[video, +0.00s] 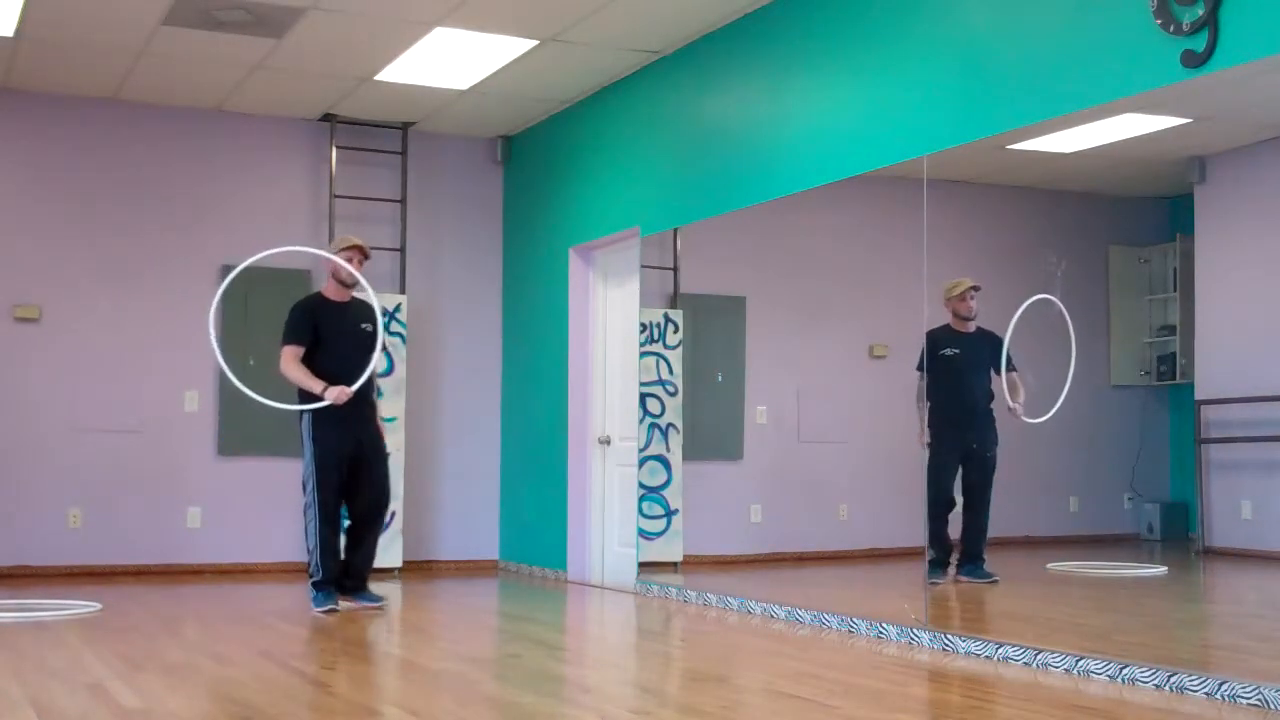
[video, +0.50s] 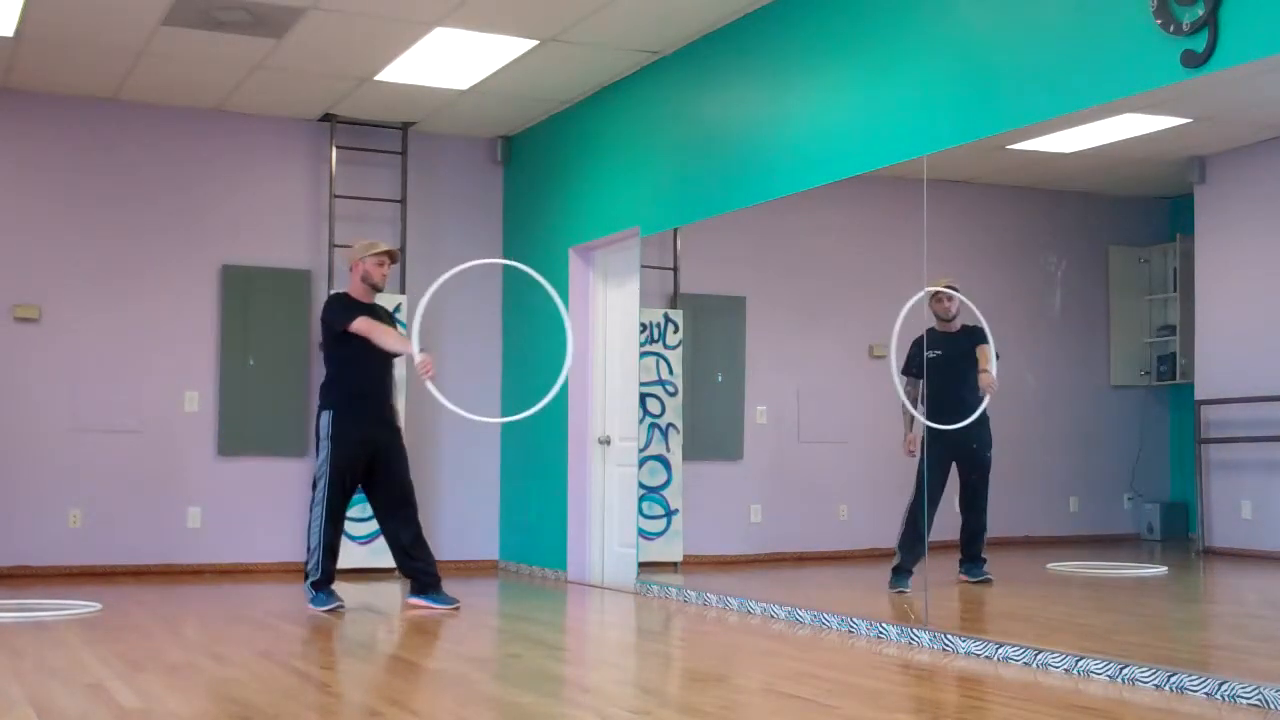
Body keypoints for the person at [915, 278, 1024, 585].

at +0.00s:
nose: (970, 302)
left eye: (972, 297)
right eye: (962, 298)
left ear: (977, 301)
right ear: (949, 305)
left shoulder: (991, 341)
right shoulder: (935, 339)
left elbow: (1012, 375)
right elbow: (923, 385)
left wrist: (1016, 400)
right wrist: (923, 424)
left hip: (981, 432)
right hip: (944, 432)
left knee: (978, 502)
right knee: (939, 501)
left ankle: (971, 564)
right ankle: (938, 562)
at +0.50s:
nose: (945, 304)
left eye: (950, 299)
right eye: (938, 300)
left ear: (959, 304)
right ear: (930, 307)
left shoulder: (975, 333)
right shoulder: (922, 343)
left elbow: (984, 355)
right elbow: (910, 391)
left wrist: (984, 372)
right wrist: (909, 430)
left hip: (974, 430)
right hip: (937, 433)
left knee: (975, 502)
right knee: (923, 502)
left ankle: (972, 565)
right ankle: (902, 571)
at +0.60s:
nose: (942, 306)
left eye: (947, 301)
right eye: (935, 302)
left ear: (957, 305)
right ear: (929, 308)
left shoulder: (972, 332)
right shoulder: (921, 344)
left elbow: (984, 344)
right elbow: (909, 390)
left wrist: (976, 347)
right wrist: (906, 429)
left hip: (971, 431)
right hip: (935, 433)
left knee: (974, 503)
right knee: (918, 503)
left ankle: (972, 565)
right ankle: (897, 571)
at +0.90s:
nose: (933, 301)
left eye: (937, 296)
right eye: (927, 296)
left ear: (942, 300)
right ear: (915, 300)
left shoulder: (952, 334)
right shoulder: (899, 338)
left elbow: (980, 351)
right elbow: (883, 386)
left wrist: (982, 319)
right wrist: (883, 427)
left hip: (945, 430)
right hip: (909, 432)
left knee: (957, 499)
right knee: (906, 503)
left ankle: (941, 562)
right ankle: (894, 572)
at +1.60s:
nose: (920, 302)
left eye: (920, 297)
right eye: (914, 297)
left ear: (908, 303)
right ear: (895, 302)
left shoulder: (922, 341)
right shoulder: (869, 336)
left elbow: (951, 378)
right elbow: (845, 377)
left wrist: (966, 355)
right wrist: (836, 415)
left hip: (912, 436)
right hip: (877, 436)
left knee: (915, 505)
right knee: (864, 507)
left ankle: (915, 570)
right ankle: (848, 575)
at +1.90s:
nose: (911, 302)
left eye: (912, 297)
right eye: (904, 297)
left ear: (910, 302)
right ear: (886, 300)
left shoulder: (915, 339)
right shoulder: (860, 335)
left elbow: (931, 373)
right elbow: (837, 375)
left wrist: (928, 377)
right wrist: (835, 412)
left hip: (905, 433)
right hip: (868, 433)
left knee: (910, 506)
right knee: (855, 506)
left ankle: (913, 572)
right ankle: (840, 575)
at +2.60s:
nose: (864, 297)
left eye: (866, 292)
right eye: (857, 293)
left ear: (870, 296)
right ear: (843, 298)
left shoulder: (879, 329)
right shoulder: (825, 337)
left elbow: (889, 347)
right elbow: (807, 384)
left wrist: (886, 356)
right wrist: (806, 424)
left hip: (880, 430)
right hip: (844, 433)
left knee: (899, 496)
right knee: (844, 506)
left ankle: (873, 560)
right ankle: (834, 574)